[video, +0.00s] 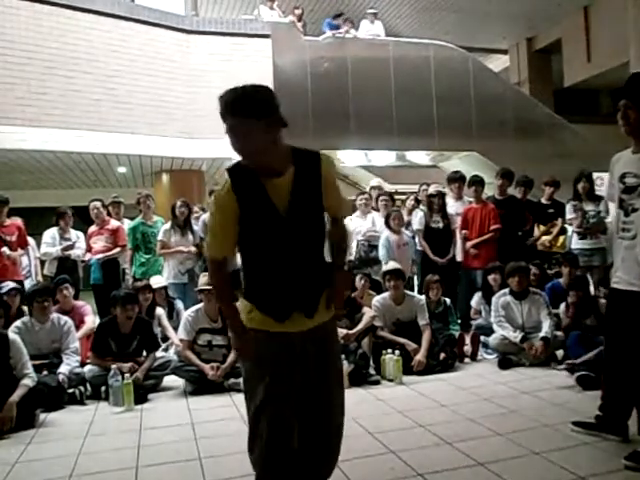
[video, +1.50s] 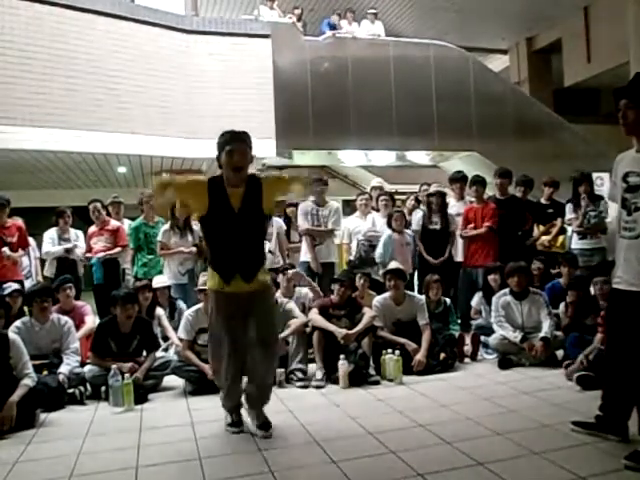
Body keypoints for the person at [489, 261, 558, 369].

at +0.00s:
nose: (517, 280)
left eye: (521, 277)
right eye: (513, 277)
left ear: (527, 278)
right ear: (508, 280)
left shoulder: (539, 297)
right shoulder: (499, 299)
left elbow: (547, 319)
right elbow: (498, 323)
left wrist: (544, 339)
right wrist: (521, 339)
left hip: (535, 335)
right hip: (512, 335)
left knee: (559, 337)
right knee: (495, 341)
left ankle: (519, 360)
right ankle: (542, 358)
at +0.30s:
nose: (517, 281)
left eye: (521, 277)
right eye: (513, 277)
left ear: (528, 279)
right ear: (508, 280)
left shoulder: (539, 296)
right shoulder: (499, 299)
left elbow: (548, 319)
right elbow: (498, 323)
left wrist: (544, 339)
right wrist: (522, 339)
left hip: (535, 334)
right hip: (512, 335)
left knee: (559, 338)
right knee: (495, 341)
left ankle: (519, 360)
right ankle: (542, 358)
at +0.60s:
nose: (517, 281)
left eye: (520, 277)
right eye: (513, 277)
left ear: (527, 278)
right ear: (508, 280)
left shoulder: (539, 296)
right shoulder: (499, 299)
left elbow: (548, 319)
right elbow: (498, 323)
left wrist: (544, 339)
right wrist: (522, 339)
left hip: (535, 334)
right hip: (513, 335)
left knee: (559, 338)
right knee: (495, 341)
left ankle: (519, 360)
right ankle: (542, 358)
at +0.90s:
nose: (517, 281)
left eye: (520, 277)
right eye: (513, 277)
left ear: (527, 278)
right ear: (508, 280)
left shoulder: (539, 296)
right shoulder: (499, 299)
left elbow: (548, 319)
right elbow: (498, 323)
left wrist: (544, 339)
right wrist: (522, 339)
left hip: (535, 334)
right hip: (513, 335)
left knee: (559, 338)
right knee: (495, 341)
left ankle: (519, 360)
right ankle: (542, 358)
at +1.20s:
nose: (517, 281)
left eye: (520, 276)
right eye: (513, 277)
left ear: (527, 278)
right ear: (507, 280)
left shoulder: (539, 296)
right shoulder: (499, 299)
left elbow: (548, 319)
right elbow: (498, 323)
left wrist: (544, 338)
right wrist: (522, 339)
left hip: (535, 334)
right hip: (513, 335)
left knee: (559, 338)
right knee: (495, 341)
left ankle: (519, 360)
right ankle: (541, 358)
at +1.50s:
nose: (517, 281)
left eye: (520, 276)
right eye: (512, 277)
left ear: (527, 278)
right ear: (507, 280)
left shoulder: (539, 296)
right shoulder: (499, 299)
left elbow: (548, 319)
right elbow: (498, 323)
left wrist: (544, 338)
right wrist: (521, 339)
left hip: (535, 334)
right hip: (513, 335)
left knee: (559, 338)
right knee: (495, 341)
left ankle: (518, 360)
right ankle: (541, 358)